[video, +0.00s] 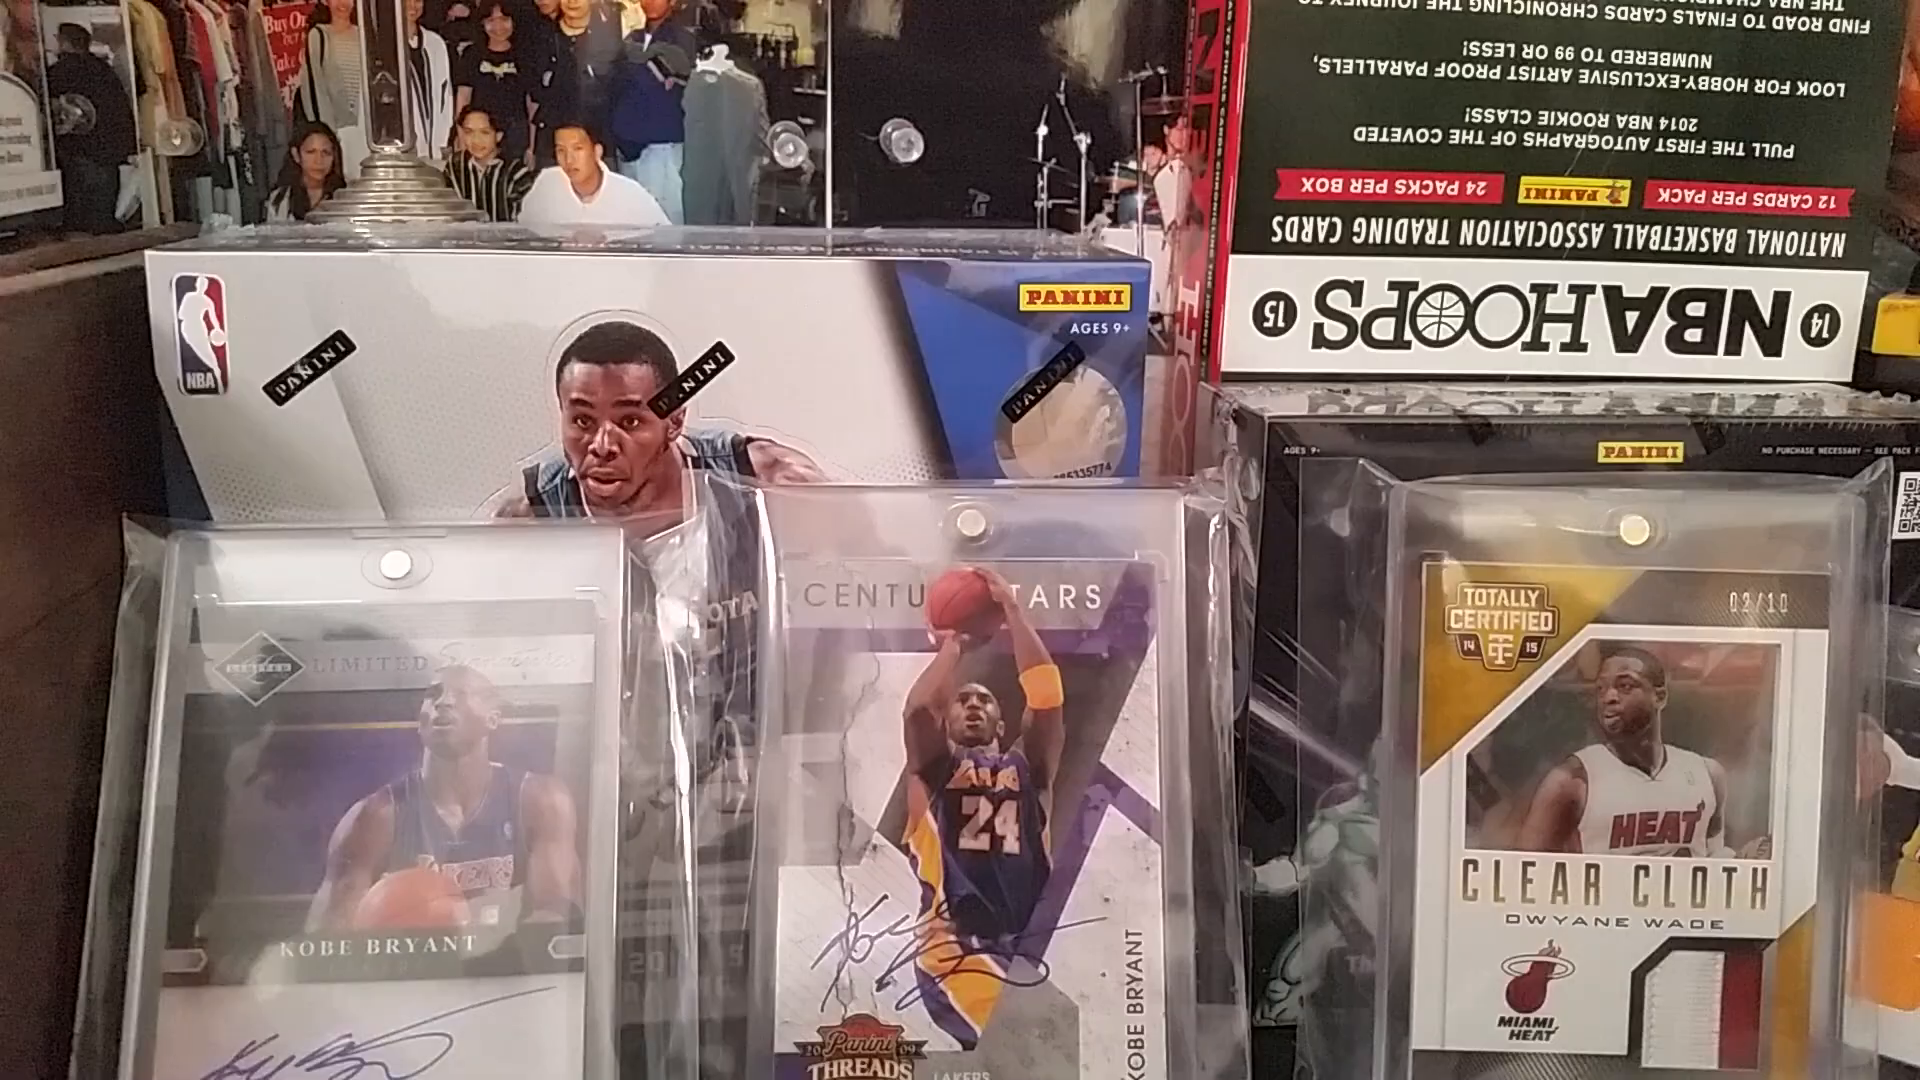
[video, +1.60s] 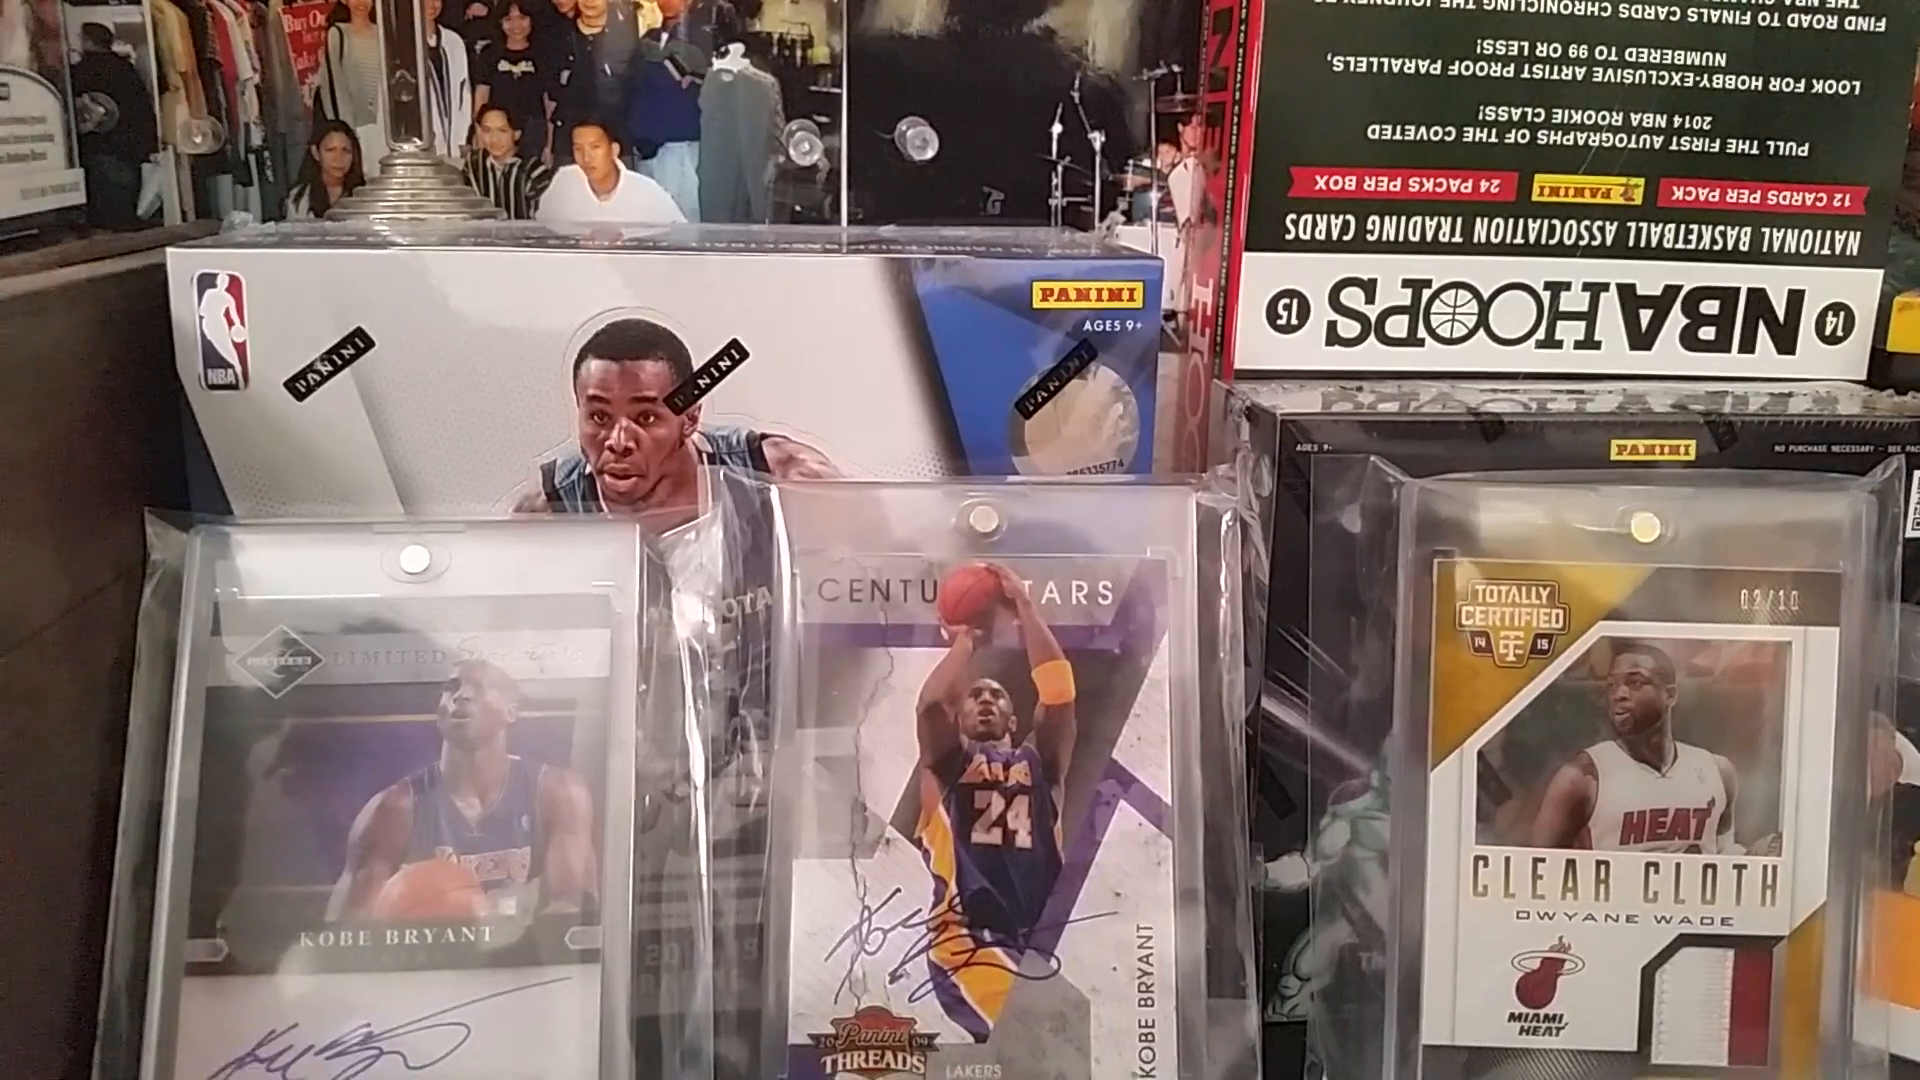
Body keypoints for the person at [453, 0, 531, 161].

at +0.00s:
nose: (498, 26)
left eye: (504, 19)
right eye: (491, 20)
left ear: (513, 23)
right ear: (484, 24)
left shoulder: (524, 55)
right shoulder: (472, 54)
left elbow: (532, 102)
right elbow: (463, 97)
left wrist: (531, 146)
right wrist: (461, 137)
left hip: (515, 133)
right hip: (480, 134)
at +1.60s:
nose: (516, 24)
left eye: (522, 17)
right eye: (508, 19)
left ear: (531, 21)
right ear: (501, 24)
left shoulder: (541, 54)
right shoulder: (491, 53)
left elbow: (549, 101)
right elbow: (482, 94)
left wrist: (549, 145)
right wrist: (479, 133)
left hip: (533, 128)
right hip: (499, 129)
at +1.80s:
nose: (535, 24)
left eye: (540, 17)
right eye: (529, 18)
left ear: (548, 23)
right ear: (522, 23)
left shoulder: (558, 54)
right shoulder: (508, 53)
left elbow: (566, 101)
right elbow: (499, 94)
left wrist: (566, 144)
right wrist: (496, 132)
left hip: (550, 129)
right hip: (515, 130)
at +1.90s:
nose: (542, 25)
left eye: (542, 20)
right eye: (536, 20)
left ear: (545, 25)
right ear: (521, 26)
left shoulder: (557, 56)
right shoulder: (507, 55)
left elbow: (565, 103)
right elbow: (498, 96)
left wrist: (564, 145)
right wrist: (495, 134)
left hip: (548, 131)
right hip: (514, 132)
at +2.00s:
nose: (500, 31)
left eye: (507, 25)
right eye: (497, 25)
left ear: (520, 29)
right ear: (491, 30)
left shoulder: (531, 63)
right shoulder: (480, 61)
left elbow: (538, 108)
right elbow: (472, 100)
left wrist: (538, 148)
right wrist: (465, 140)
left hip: (520, 135)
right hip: (485, 137)